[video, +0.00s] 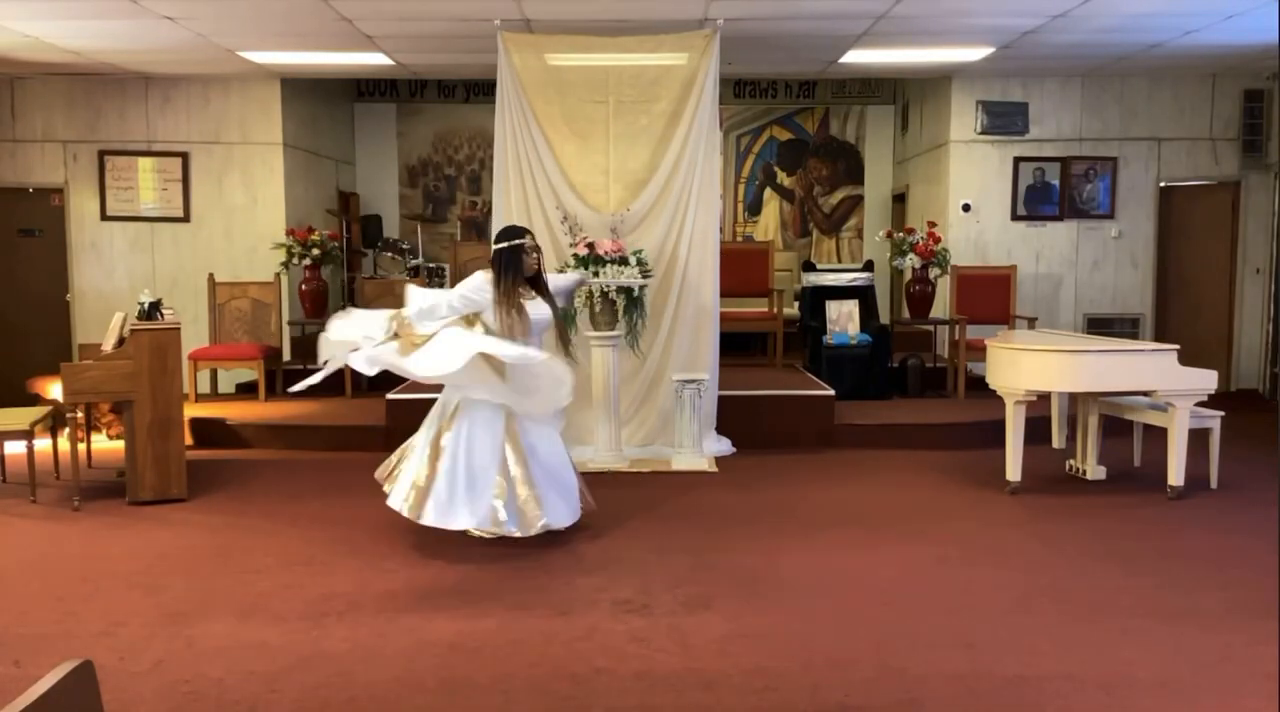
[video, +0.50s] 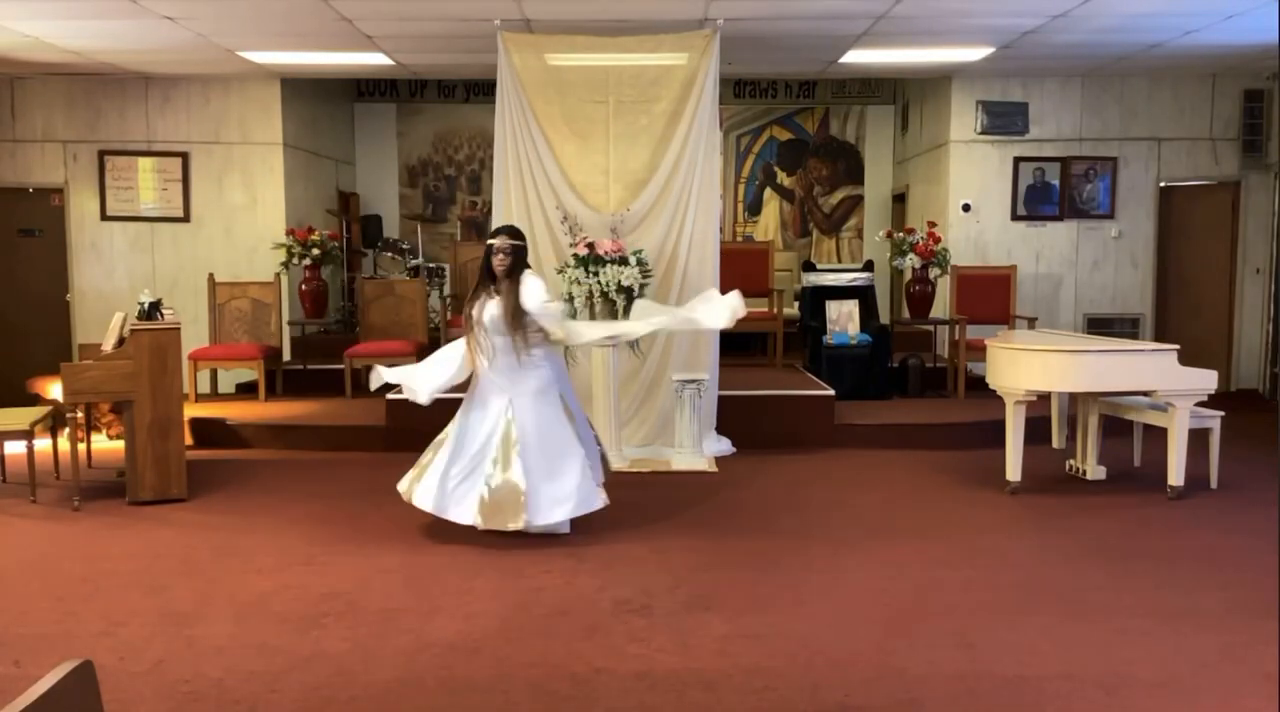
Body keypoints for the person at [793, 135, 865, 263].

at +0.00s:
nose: (817, 176)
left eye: (823, 169)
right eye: (813, 170)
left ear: (839, 166)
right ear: (808, 172)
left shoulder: (854, 193)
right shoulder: (818, 194)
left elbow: (828, 227)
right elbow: (799, 233)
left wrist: (808, 197)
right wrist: (799, 197)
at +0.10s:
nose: (817, 176)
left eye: (823, 169)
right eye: (813, 171)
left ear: (839, 166)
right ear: (808, 173)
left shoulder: (854, 193)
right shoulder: (818, 194)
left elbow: (828, 227)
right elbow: (800, 233)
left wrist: (808, 196)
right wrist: (799, 198)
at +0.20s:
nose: (817, 176)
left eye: (823, 169)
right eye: (813, 170)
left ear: (839, 166)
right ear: (808, 172)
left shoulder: (854, 193)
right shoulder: (818, 194)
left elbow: (828, 227)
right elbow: (800, 233)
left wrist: (808, 196)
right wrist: (799, 198)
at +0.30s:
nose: (817, 176)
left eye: (823, 169)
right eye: (813, 170)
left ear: (839, 166)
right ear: (808, 172)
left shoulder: (854, 193)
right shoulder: (818, 194)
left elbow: (828, 227)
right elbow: (800, 233)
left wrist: (808, 196)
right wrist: (799, 198)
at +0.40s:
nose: (817, 176)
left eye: (823, 169)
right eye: (813, 170)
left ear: (839, 166)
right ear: (808, 172)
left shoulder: (854, 193)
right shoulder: (818, 194)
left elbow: (828, 227)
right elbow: (800, 233)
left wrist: (808, 196)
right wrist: (799, 198)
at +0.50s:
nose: (816, 176)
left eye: (822, 169)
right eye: (813, 171)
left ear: (839, 166)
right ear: (808, 172)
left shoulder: (854, 193)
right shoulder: (819, 194)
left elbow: (828, 227)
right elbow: (800, 233)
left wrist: (808, 196)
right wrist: (799, 197)